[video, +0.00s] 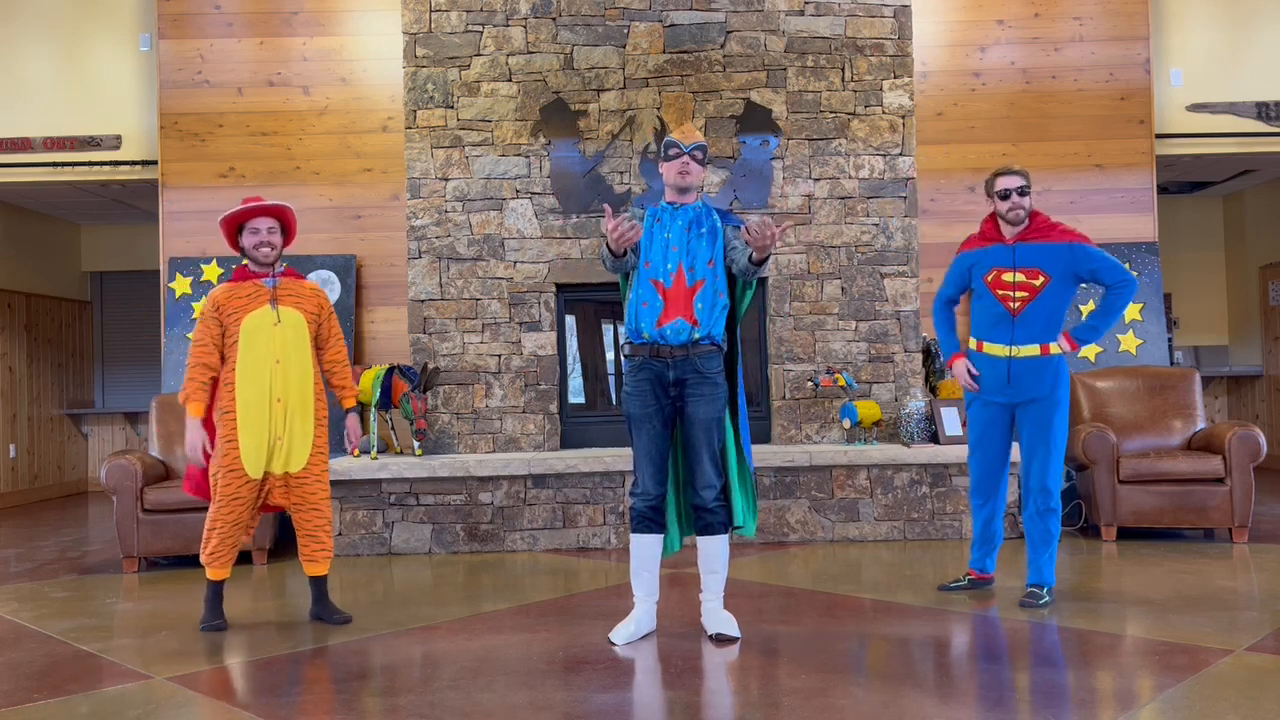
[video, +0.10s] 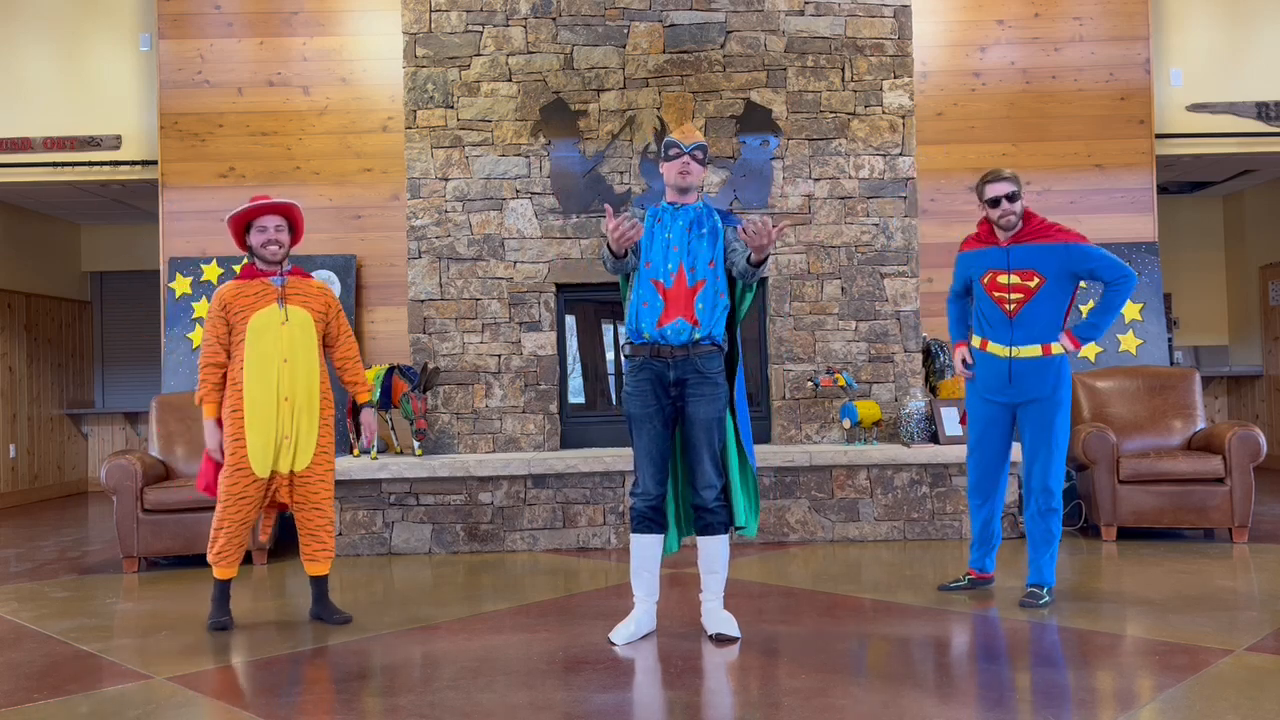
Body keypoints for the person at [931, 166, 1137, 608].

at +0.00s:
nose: (1015, 200)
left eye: (1021, 192)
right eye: (1004, 195)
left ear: (1032, 196)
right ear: (991, 203)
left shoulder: (1065, 247)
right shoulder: (973, 252)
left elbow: (1124, 284)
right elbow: (943, 303)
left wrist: (1080, 337)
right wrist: (953, 355)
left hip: (1043, 384)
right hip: (986, 385)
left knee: (1041, 487)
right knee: (984, 482)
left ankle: (1040, 582)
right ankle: (981, 571)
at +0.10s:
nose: (1004, 207)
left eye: (1010, 198)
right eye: (994, 202)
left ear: (1023, 198)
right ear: (983, 207)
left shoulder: (1060, 244)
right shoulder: (971, 251)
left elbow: (1123, 278)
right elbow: (958, 297)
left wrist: (1080, 334)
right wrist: (959, 341)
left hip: (1045, 381)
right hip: (987, 382)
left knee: (1043, 484)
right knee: (982, 478)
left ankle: (1040, 582)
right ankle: (980, 570)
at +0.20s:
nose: (994, 211)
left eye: (1001, 201)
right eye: (985, 206)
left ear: (1017, 200)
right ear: (977, 210)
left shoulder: (1058, 245)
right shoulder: (971, 251)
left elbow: (1122, 278)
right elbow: (960, 295)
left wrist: (1078, 336)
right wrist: (960, 339)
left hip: (1043, 381)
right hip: (987, 381)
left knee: (1043, 485)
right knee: (979, 479)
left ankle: (1041, 582)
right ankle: (980, 571)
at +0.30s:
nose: (991, 210)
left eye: (998, 200)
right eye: (981, 205)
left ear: (1014, 200)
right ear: (974, 211)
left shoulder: (1055, 245)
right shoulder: (970, 252)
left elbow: (1120, 280)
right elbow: (959, 295)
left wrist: (1074, 338)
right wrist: (958, 338)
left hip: (1041, 381)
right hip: (987, 381)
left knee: (1043, 486)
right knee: (979, 479)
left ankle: (1041, 582)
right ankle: (981, 570)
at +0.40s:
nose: (987, 208)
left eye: (994, 198)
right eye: (978, 203)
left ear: (1012, 199)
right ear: (971, 211)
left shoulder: (1052, 246)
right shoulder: (969, 254)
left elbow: (1116, 280)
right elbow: (958, 296)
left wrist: (1072, 338)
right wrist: (957, 335)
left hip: (1039, 380)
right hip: (985, 381)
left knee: (1042, 485)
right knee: (981, 479)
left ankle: (1041, 582)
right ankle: (981, 570)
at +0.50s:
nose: (985, 206)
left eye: (993, 197)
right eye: (976, 202)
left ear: (1010, 199)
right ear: (969, 210)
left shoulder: (1047, 246)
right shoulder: (966, 254)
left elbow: (1112, 283)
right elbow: (958, 300)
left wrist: (1071, 340)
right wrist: (954, 341)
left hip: (1034, 380)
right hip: (981, 381)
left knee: (1039, 487)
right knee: (982, 481)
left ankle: (1041, 582)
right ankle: (981, 572)